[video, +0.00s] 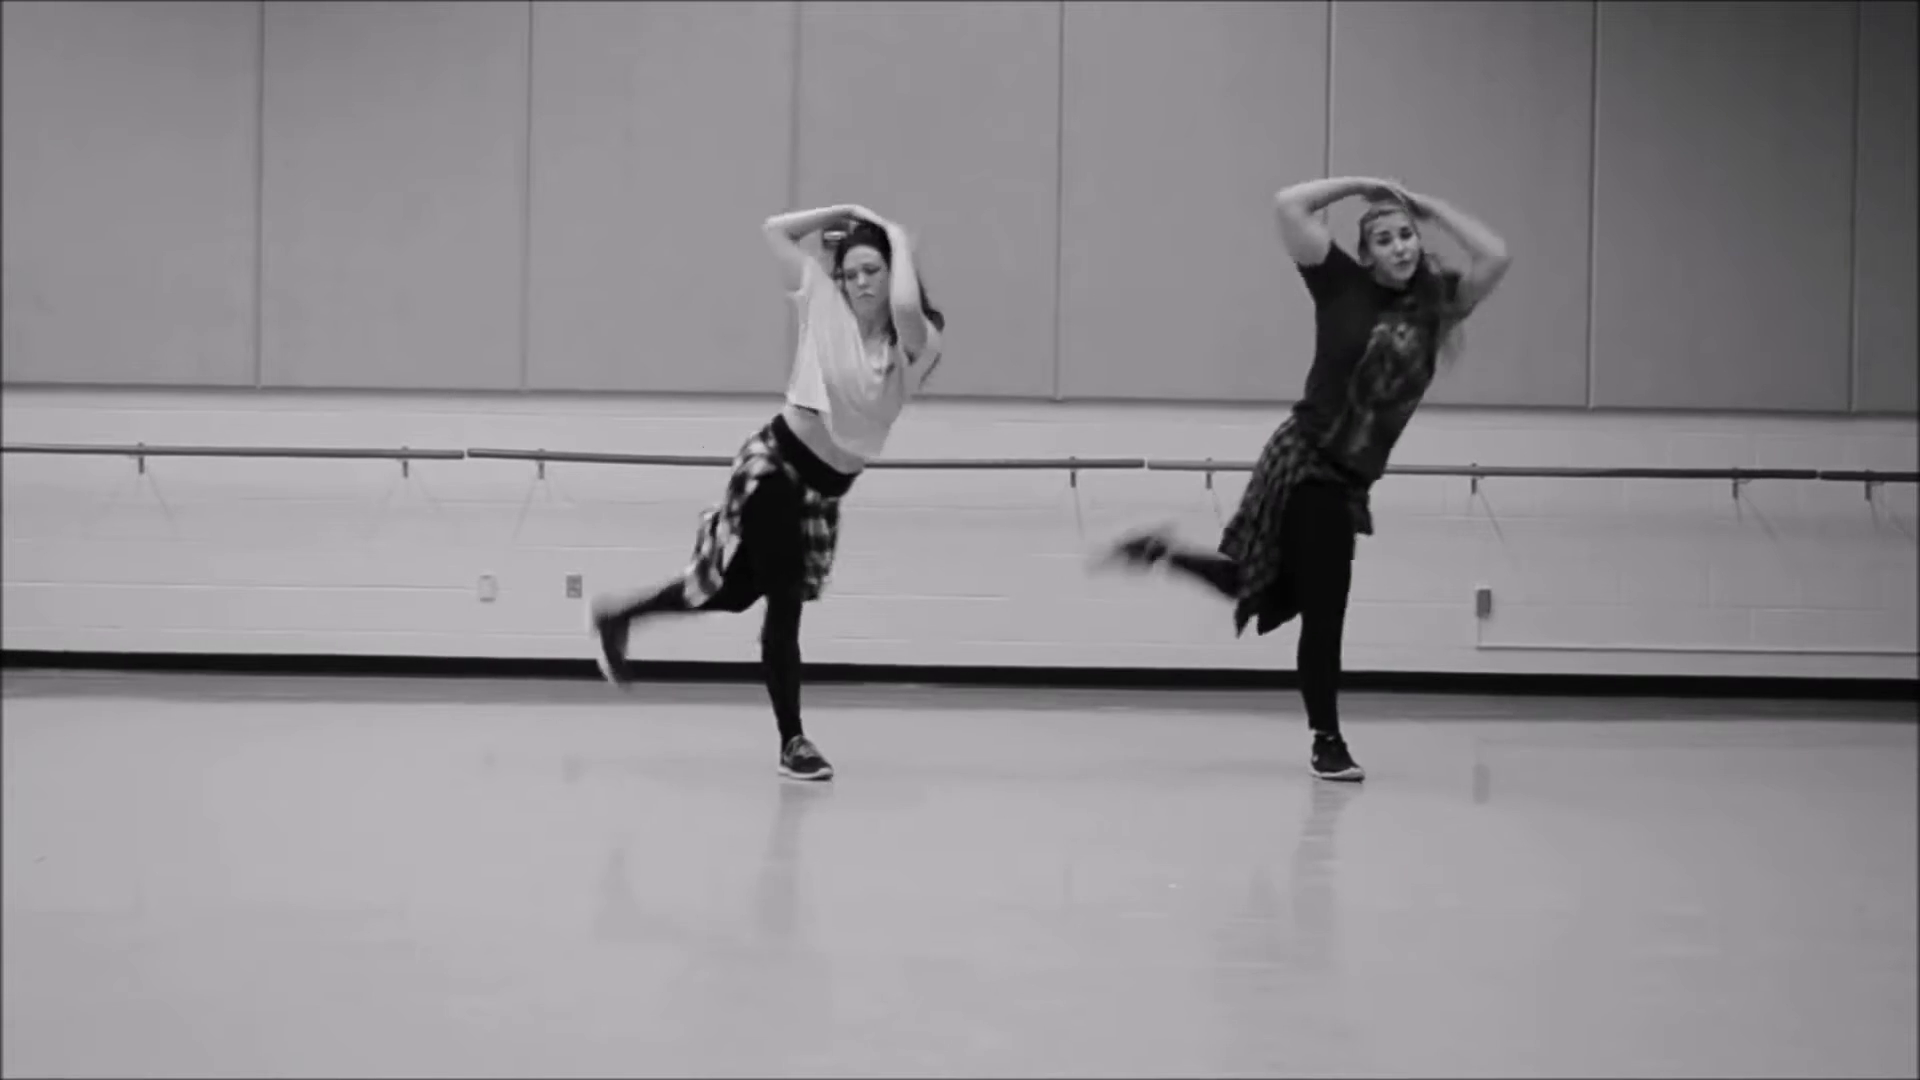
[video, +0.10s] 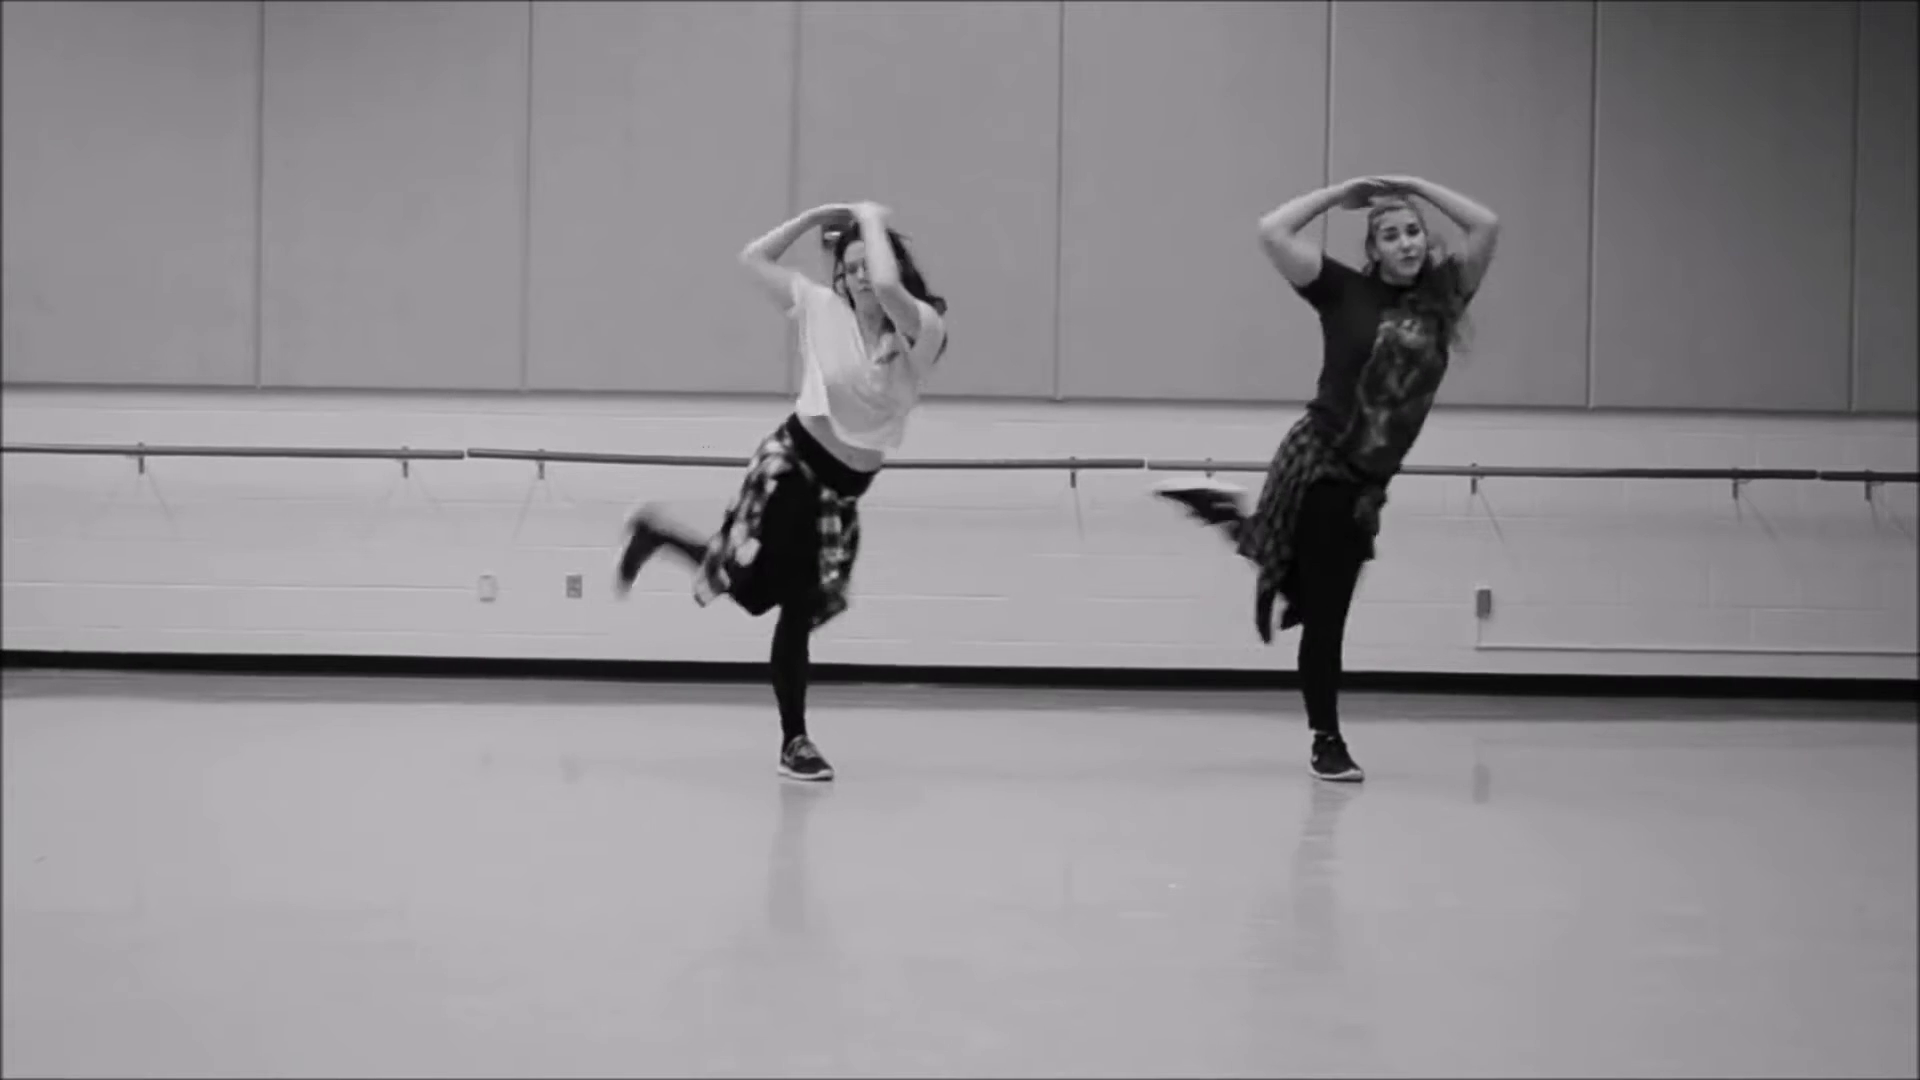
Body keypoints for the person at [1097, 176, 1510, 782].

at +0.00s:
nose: (1399, 248)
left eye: (1407, 235)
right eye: (1384, 240)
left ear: (1421, 243)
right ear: (1365, 252)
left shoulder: (1438, 302)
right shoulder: (1342, 286)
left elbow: (1494, 258)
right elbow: (1288, 205)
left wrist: (1430, 207)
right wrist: (1362, 184)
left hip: (1350, 479)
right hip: (1307, 464)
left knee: (1269, 591)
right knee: (1326, 608)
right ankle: (1327, 741)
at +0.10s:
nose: (1406, 243)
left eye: (1413, 231)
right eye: (1391, 235)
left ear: (1427, 240)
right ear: (1373, 248)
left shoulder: (1441, 300)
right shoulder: (1346, 293)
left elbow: (1486, 227)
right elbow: (1273, 232)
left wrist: (1419, 186)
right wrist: (1337, 194)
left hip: (1370, 479)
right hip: (1320, 466)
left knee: (1315, 588)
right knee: (1328, 614)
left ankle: (1227, 519)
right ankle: (1326, 739)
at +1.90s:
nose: (1600, 292)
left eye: (1604, 282)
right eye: (1595, 277)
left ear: (1574, 278)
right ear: (1558, 268)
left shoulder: (1586, 353)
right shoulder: (1485, 306)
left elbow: (1636, 432)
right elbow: (1436, 234)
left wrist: (1567, 449)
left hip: (1544, 506)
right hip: (1458, 497)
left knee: (1577, 628)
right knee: (1407, 620)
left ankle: (1594, 748)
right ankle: (1349, 740)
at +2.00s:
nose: (1589, 286)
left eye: (1595, 279)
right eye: (1584, 270)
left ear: (1592, 286)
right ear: (1550, 259)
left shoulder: (1577, 349)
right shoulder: (1493, 297)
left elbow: (1616, 423)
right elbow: (1458, 215)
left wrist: (1538, 443)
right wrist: (1494, 210)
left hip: (1535, 507)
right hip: (1453, 497)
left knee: (1569, 635)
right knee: (1401, 623)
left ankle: (1593, 748)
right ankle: (1343, 741)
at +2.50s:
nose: (1514, 262)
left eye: (1531, 266)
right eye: (1518, 254)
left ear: (1541, 295)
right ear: (1503, 265)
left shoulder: (1535, 343)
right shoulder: (1474, 323)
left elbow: (1569, 400)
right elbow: (1456, 299)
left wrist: (1505, 433)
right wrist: (1451, 245)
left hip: (1524, 507)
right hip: (1457, 506)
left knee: (1553, 635)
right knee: (1389, 605)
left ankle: (1593, 748)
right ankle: (1331, 735)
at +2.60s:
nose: (1493, 263)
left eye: (1509, 267)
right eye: (1497, 255)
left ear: (1522, 297)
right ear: (1483, 270)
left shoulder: (1525, 346)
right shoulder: (1459, 328)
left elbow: (1561, 405)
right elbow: (1436, 347)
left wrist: (1510, 437)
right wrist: (1422, 296)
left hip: (1522, 514)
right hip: (1452, 512)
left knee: (1550, 634)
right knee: (1379, 606)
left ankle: (1596, 749)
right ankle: (1327, 737)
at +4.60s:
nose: (1339, 311)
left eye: (1351, 299)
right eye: (1328, 298)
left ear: (1368, 301)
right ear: (1313, 296)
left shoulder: (1372, 365)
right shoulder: (1280, 329)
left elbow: (1333, 441)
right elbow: (1238, 393)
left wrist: (1252, 400)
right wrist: (1198, 393)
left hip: (1320, 508)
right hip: (1245, 497)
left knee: (1330, 626)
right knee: (1171, 602)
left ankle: (1372, 746)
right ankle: (1200, 735)